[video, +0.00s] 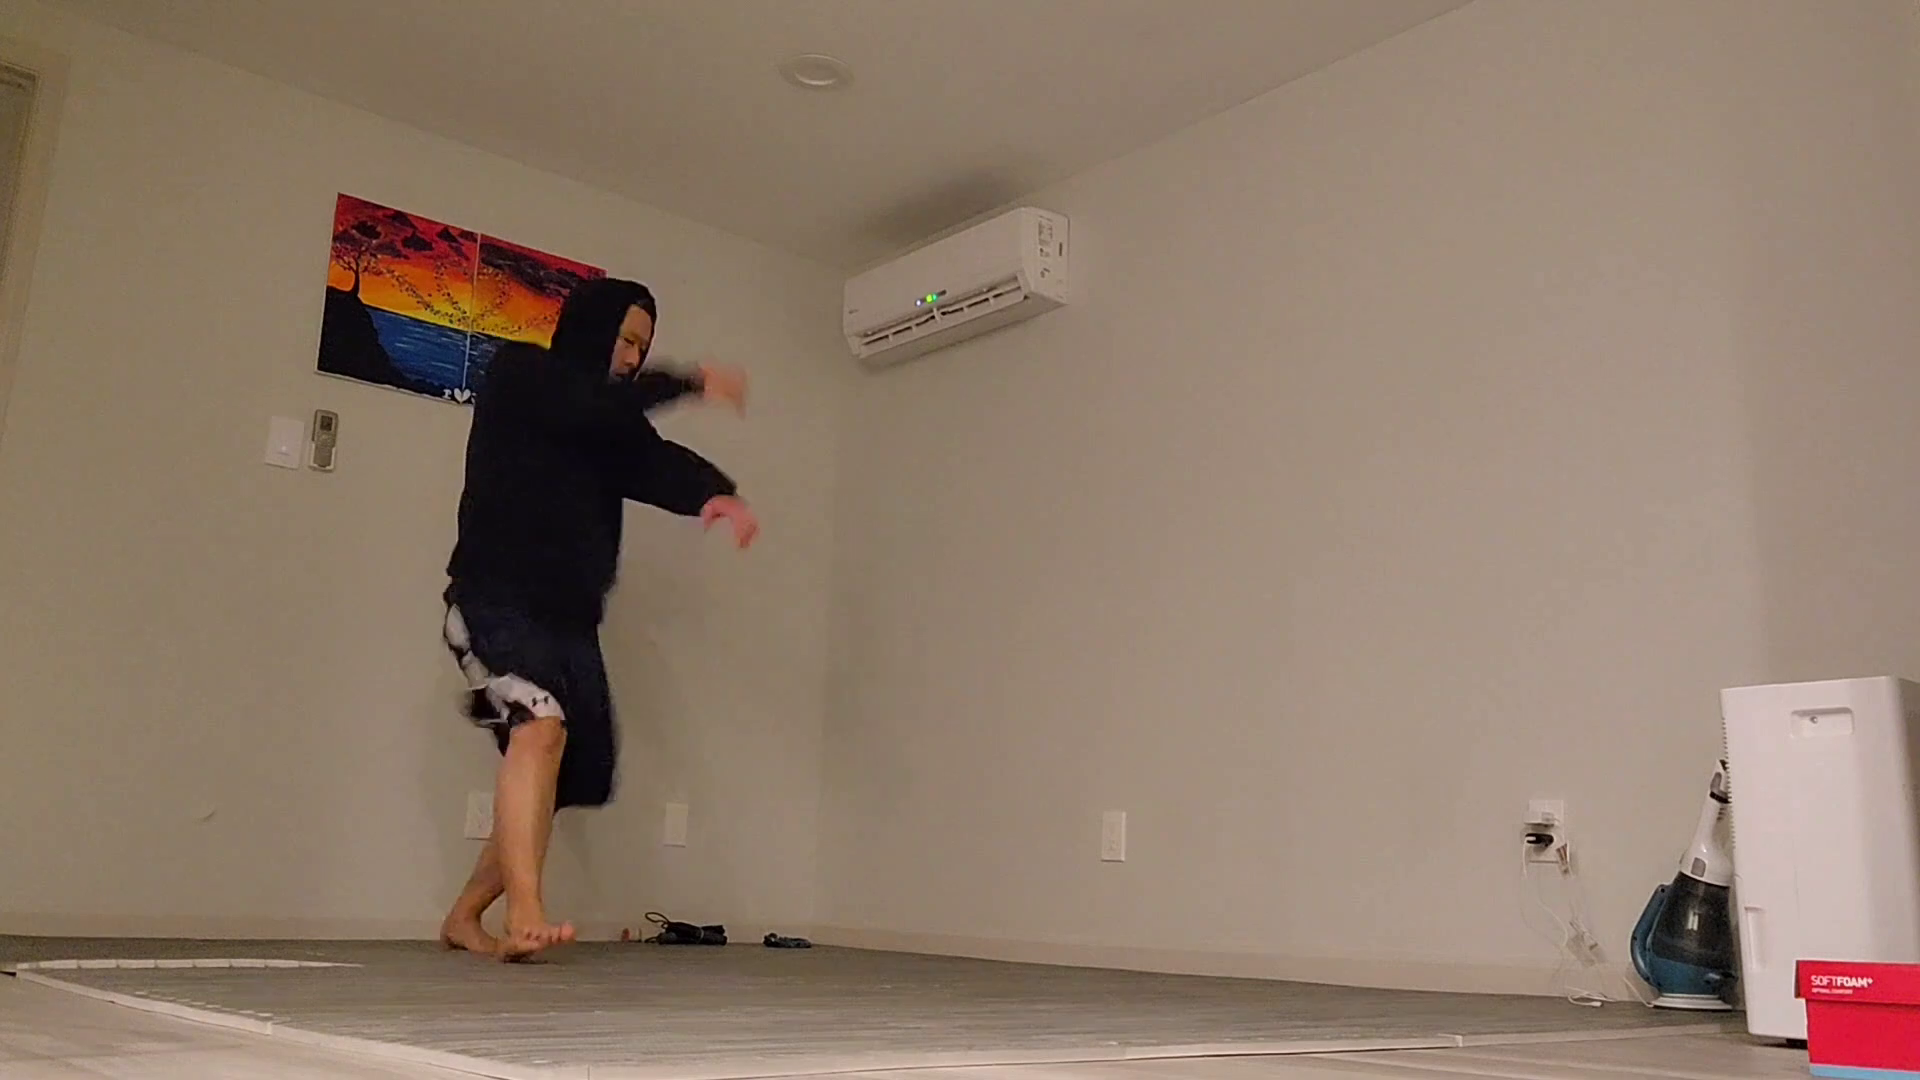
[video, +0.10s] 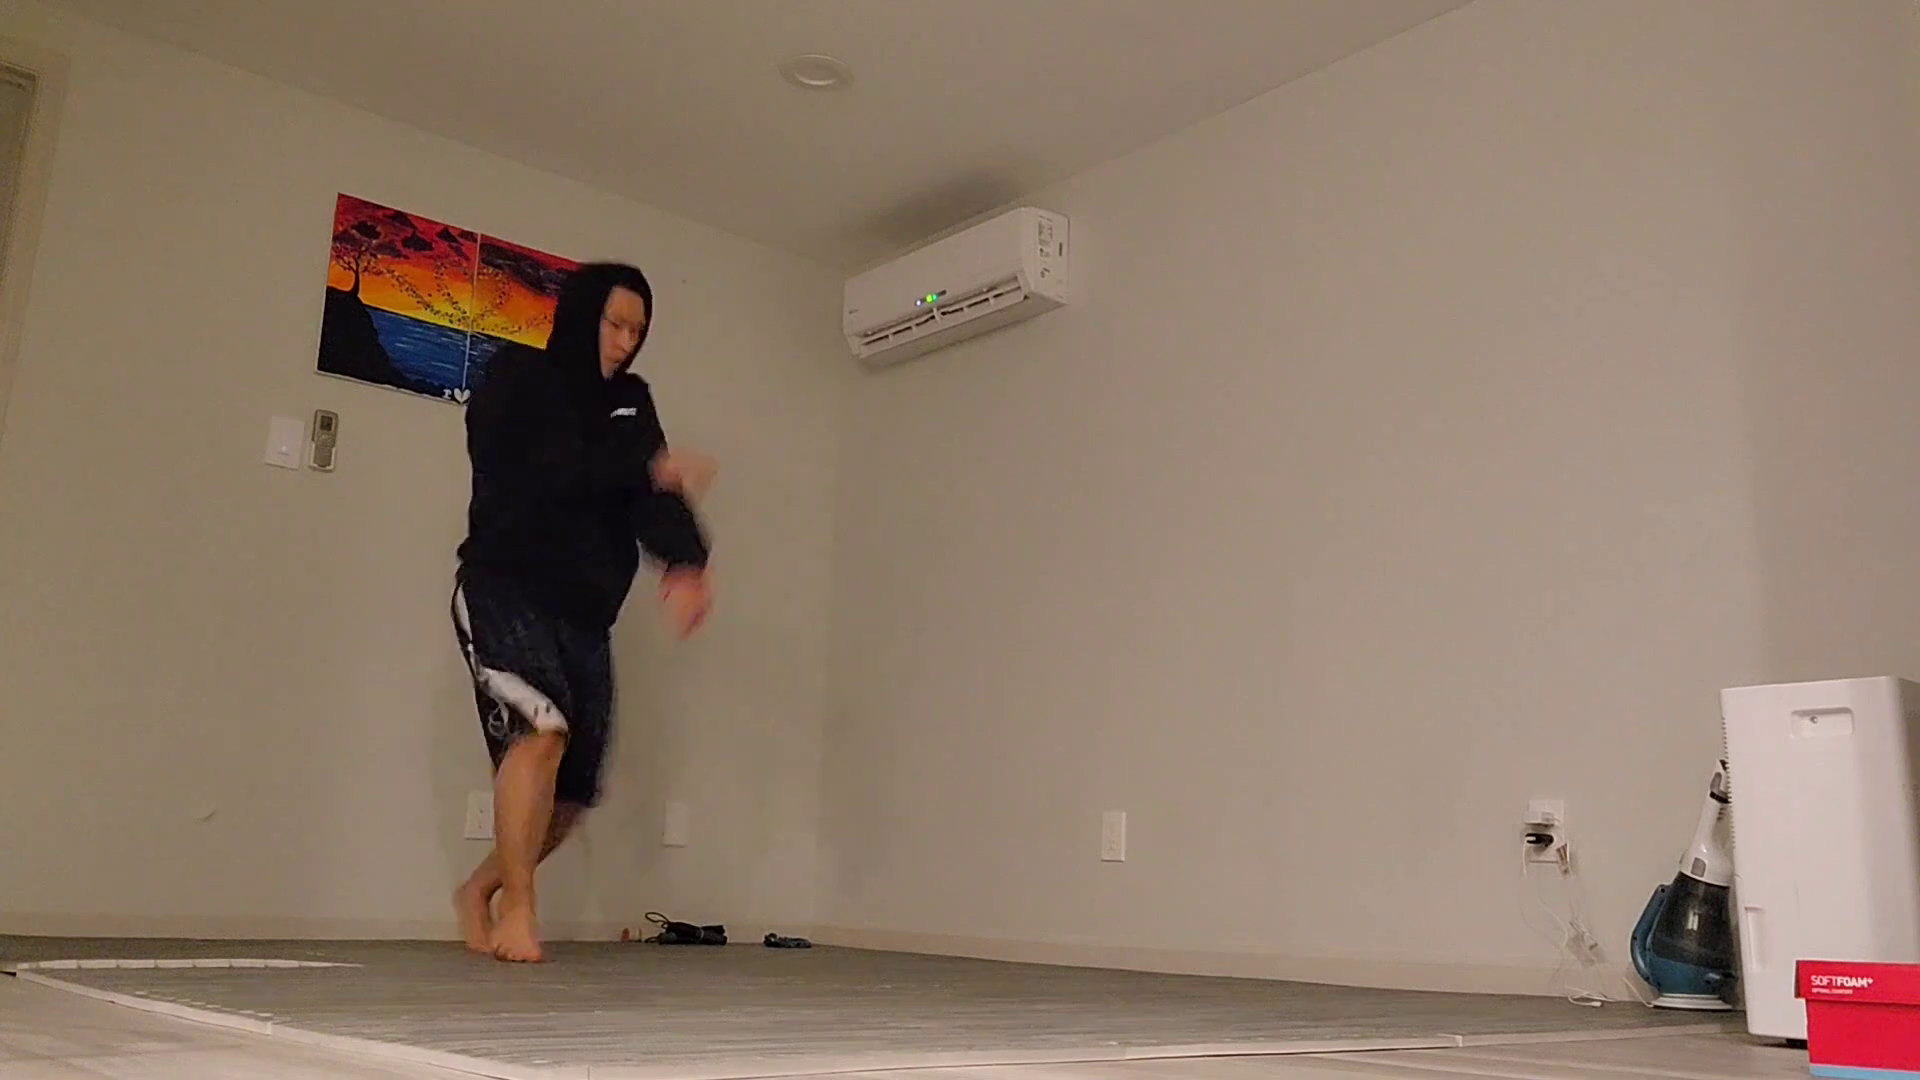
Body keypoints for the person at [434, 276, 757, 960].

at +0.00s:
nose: (634, 356)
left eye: (643, 346)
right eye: (626, 339)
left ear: (640, 352)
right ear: (585, 327)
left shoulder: (612, 415)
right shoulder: (517, 370)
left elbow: (651, 459)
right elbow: (588, 399)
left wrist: (710, 492)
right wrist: (685, 381)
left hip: (568, 611)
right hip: (496, 591)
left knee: (563, 769)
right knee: (537, 724)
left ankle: (465, 914)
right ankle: (523, 921)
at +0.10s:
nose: (626, 342)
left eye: (637, 331)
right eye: (616, 325)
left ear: (643, 335)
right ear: (578, 315)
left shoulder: (629, 398)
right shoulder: (517, 377)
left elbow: (649, 485)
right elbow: (537, 467)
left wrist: (684, 556)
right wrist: (647, 469)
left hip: (583, 608)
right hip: (504, 587)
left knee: (574, 794)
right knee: (539, 731)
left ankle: (478, 888)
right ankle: (517, 906)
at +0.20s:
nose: (606, 336)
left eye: (619, 323)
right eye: (593, 319)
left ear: (633, 327)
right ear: (559, 316)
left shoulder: (644, 410)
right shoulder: (502, 392)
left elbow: (658, 528)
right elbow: (502, 519)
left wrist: (664, 630)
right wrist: (603, 553)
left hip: (598, 609)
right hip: (514, 600)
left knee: (613, 776)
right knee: (526, 760)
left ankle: (503, 863)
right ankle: (507, 920)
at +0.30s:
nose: (597, 356)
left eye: (610, 340)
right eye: (582, 340)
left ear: (627, 342)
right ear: (554, 341)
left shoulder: (652, 421)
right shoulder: (506, 410)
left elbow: (667, 539)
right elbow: (472, 528)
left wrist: (676, 645)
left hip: (622, 621)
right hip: (522, 619)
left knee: (645, 756)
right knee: (515, 771)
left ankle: (570, 880)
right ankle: (506, 923)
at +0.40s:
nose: (613, 343)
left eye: (628, 329)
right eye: (601, 327)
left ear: (644, 334)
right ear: (575, 326)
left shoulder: (668, 410)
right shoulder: (520, 398)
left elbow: (694, 517)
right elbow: (465, 496)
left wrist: (724, 607)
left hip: (627, 626)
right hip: (526, 623)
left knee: (681, 761)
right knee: (505, 770)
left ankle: (675, 901)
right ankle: (505, 923)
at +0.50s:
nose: (659, 343)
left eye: (672, 331)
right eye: (647, 324)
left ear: (681, 335)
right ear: (609, 318)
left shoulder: (682, 406)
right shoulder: (536, 390)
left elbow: (732, 502)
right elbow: (433, 458)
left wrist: (810, 577)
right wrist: (341, 533)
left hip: (647, 625)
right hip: (547, 625)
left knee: (710, 778)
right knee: (524, 778)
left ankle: (740, 929)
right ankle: (511, 922)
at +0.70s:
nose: (638, 328)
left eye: (652, 317)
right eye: (627, 311)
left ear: (665, 326)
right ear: (594, 306)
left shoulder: (675, 399)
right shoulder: (531, 379)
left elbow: (716, 491)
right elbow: (434, 440)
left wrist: (744, 563)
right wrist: (339, 504)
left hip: (653, 620)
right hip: (550, 619)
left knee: (705, 776)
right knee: (528, 776)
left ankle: (731, 921)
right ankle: (519, 923)